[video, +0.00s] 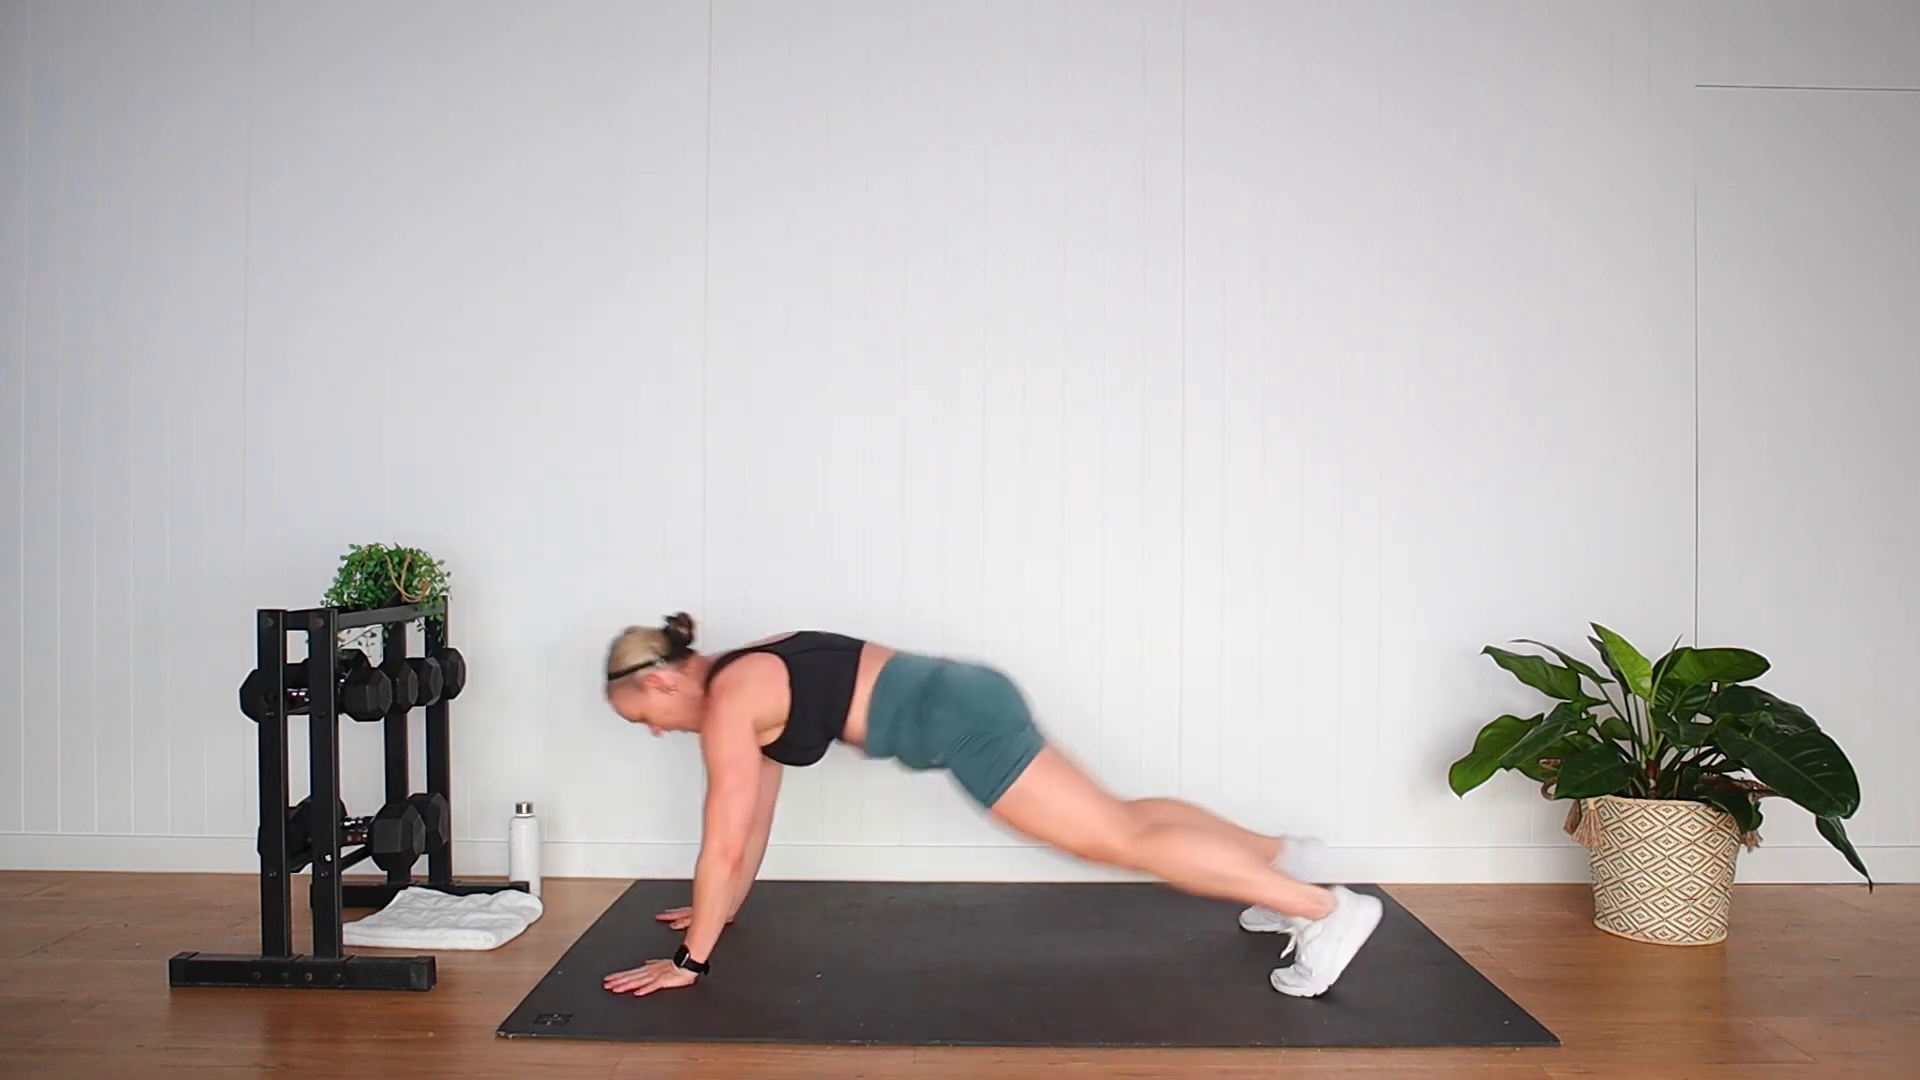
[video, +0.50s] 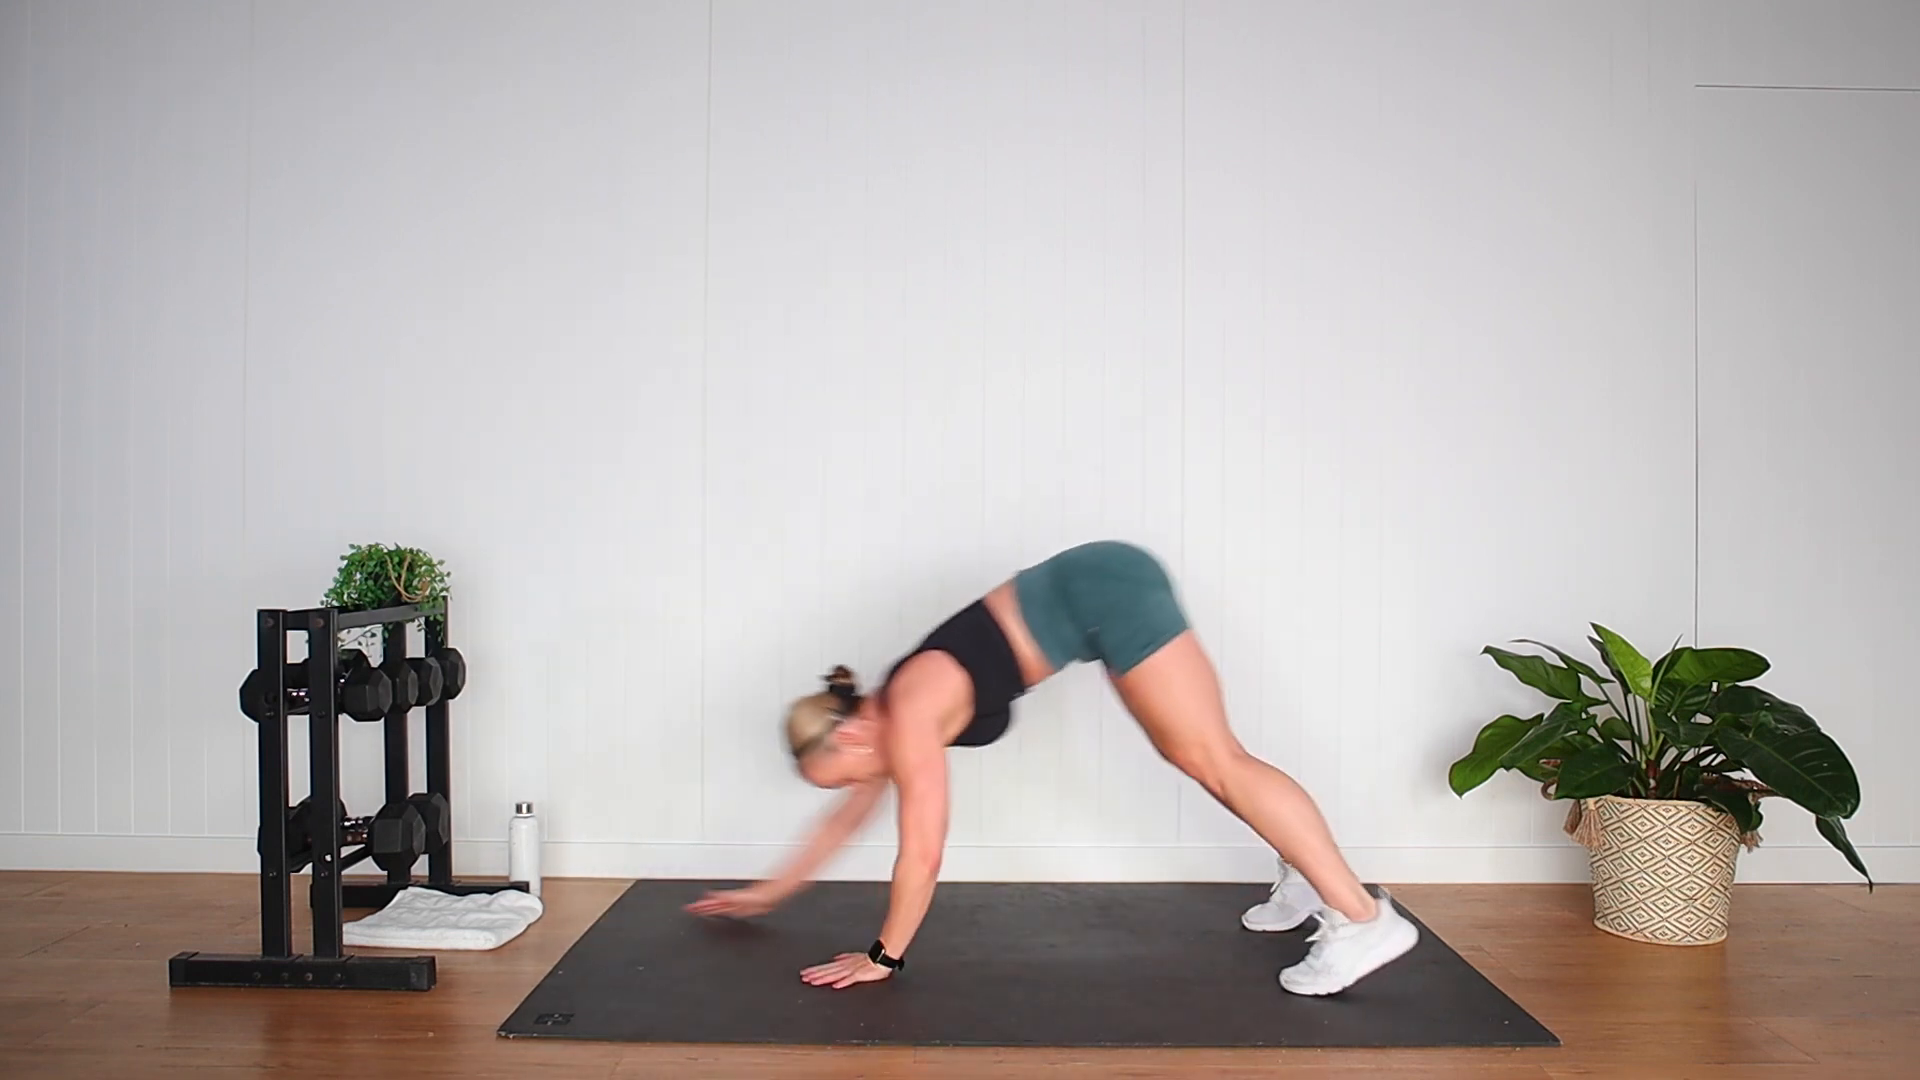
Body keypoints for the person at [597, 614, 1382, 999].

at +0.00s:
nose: (648, 729)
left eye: (641, 714)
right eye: (639, 719)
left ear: (665, 679)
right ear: (676, 668)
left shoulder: (728, 700)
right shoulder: (753, 685)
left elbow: (725, 849)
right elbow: (748, 833)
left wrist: (690, 962)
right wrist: (715, 915)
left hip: (958, 716)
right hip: (962, 702)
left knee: (1127, 844)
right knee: (1125, 819)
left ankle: (1326, 916)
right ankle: (1278, 857)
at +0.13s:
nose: (684, 739)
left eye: (673, 725)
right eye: (672, 730)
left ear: (690, 686)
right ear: (693, 683)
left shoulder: (760, 700)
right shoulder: (763, 686)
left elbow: (742, 843)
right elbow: (750, 829)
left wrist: (696, 958)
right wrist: (711, 916)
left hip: (983, 672)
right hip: (984, 664)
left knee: (1135, 806)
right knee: (1135, 788)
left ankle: (1325, 911)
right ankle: (1288, 859)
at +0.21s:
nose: (708, 744)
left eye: (697, 730)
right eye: (696, 736)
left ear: (718, 693)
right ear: (716, 691)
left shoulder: (787, 700)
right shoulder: (778, 689)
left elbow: (779, 832)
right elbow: (767, 815)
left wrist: (726, 944)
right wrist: (726, 911)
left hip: (1006, 645)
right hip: (1002, 640)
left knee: (1149, 786)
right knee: (1147, 775)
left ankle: (1325, 909)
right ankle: (1292, 862)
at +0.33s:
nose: (753, 761)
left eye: (741, 747)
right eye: (740, 753)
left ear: (756, 713)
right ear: (755, 707)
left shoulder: (832, 703)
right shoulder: (812, 698)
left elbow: (884, 823)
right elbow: (783, 819)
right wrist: (728, 907)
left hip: (1031, 618)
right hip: (1023, 623)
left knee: (1170, 773)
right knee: (1168, 767)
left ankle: (1331, 905)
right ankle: (1305, 871)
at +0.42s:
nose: (793, 773)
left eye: (782, 762)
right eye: (781, 767)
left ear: (798, 722)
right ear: (799, 713)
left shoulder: (868, 713)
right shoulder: (848, 705)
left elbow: (908, 839)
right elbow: (796, 822)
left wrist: (885, 954)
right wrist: (730, 906)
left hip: (1063, 605)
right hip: (1053, 605)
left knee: (1194, 769)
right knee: (1187, 763)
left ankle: (1345, 910)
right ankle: (1316, 881)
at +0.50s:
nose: (848, 783)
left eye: (835, 775)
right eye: (835, 780)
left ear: (851, 733)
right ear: (850, 724)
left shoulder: (916, 715)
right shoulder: (894, 707)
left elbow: (924, 847)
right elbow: (854, 814)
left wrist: (886, 956)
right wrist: (770, 892)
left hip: (1106, 589)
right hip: (1099, 593)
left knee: (1216, 763)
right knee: (1209, 757)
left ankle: (1362, 916)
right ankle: (1321, 878)